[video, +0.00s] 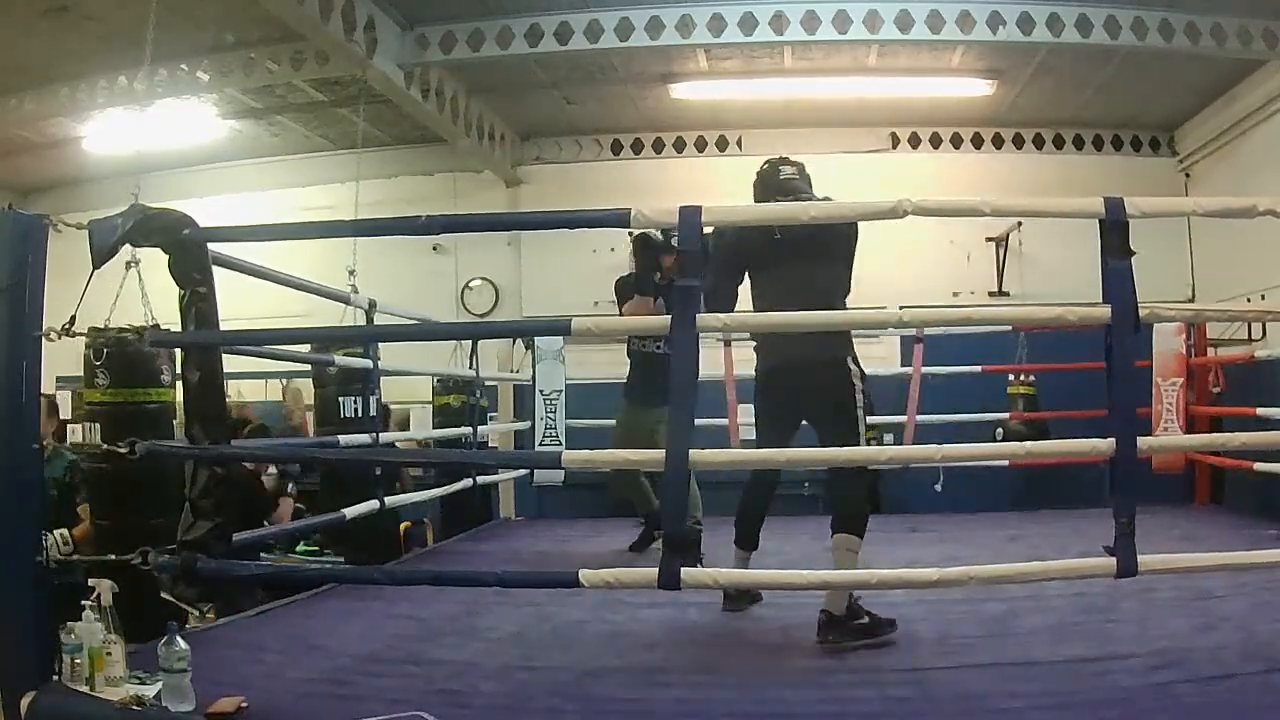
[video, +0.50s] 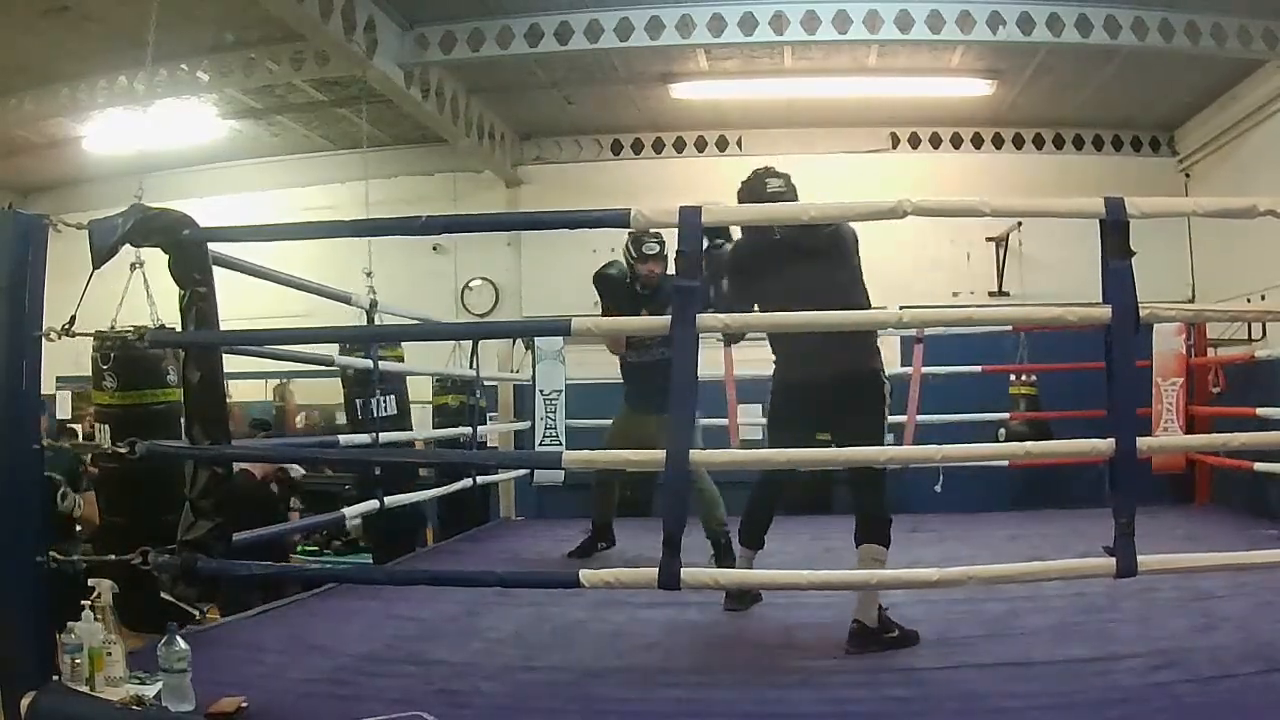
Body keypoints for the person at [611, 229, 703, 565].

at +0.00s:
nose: (679, 261)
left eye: (681, 255)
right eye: (673, 255)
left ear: (682, 258)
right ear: (659, 256)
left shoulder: (685, 288)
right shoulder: (629, 284)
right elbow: (639, 318)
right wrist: (647, 270)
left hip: (674, 396)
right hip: (638, 395)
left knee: (677, 465)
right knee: (622, 464)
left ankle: (690, 538)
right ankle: (653, 518)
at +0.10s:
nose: (674, 261)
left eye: (679, 255)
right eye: (667, 253)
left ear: (687, 259)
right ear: (652, 255)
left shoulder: (687, 288)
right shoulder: (624, 284)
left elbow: (684, 323)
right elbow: (634, 323)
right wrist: (643, 273)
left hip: (672, 397)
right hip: (633, 393)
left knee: (677, 466)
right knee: (615, 459)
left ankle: (690, 537)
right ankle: (633, 522)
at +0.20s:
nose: (661, 267)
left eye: (665, 260)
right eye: (655, 261)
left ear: (671, 262)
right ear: (634, 264)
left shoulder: (676, 291)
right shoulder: (615, 290)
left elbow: (675, 324)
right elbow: (618, 330)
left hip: (667, 394)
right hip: (629, 392)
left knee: (675, 469)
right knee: (610, 462)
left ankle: (689, 543)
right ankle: (605, 533)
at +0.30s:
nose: (637, 274)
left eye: (644, 268)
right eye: (630, 268)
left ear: (656, 268)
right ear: (619, 267)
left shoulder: (672, 297)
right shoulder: (607, 301)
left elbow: (711, 333)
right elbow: (616, 336)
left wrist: (708, 292)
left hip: (663, 402)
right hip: (623, 401)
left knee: (676, 472)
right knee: (602, 468)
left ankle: (691, 549)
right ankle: (599, 538)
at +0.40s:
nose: (645, 270)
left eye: (650, 263)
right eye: (638, 263)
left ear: (657, 263)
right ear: (623, 263)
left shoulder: (669, 295)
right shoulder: (606, 299)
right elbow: (613, 345)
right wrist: (624, 301)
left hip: (663, 401)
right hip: (623, 402)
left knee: (679, 472)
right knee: (604, 468)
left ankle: (712, 551)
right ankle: (599, 538)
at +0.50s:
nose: (653, 269)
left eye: (658, 262)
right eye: (645, 262)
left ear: (665, 262)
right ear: (631, 264)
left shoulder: (679, 295)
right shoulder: (622, 296)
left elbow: (732, 330)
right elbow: (616, 345)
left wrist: (715, 284)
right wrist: (613, 300)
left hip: (676, 412)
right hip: (635, 411)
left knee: (696, 476)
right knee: (605, 466)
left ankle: (722, 548)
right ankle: (602, 533)